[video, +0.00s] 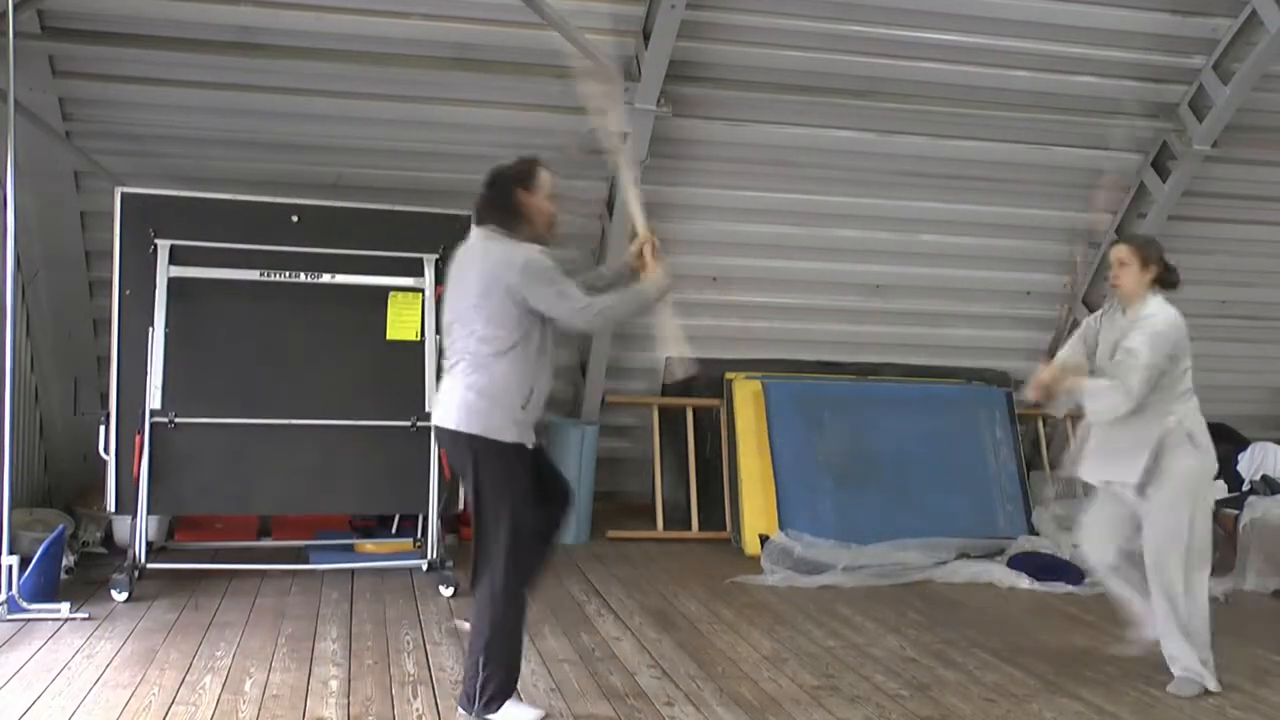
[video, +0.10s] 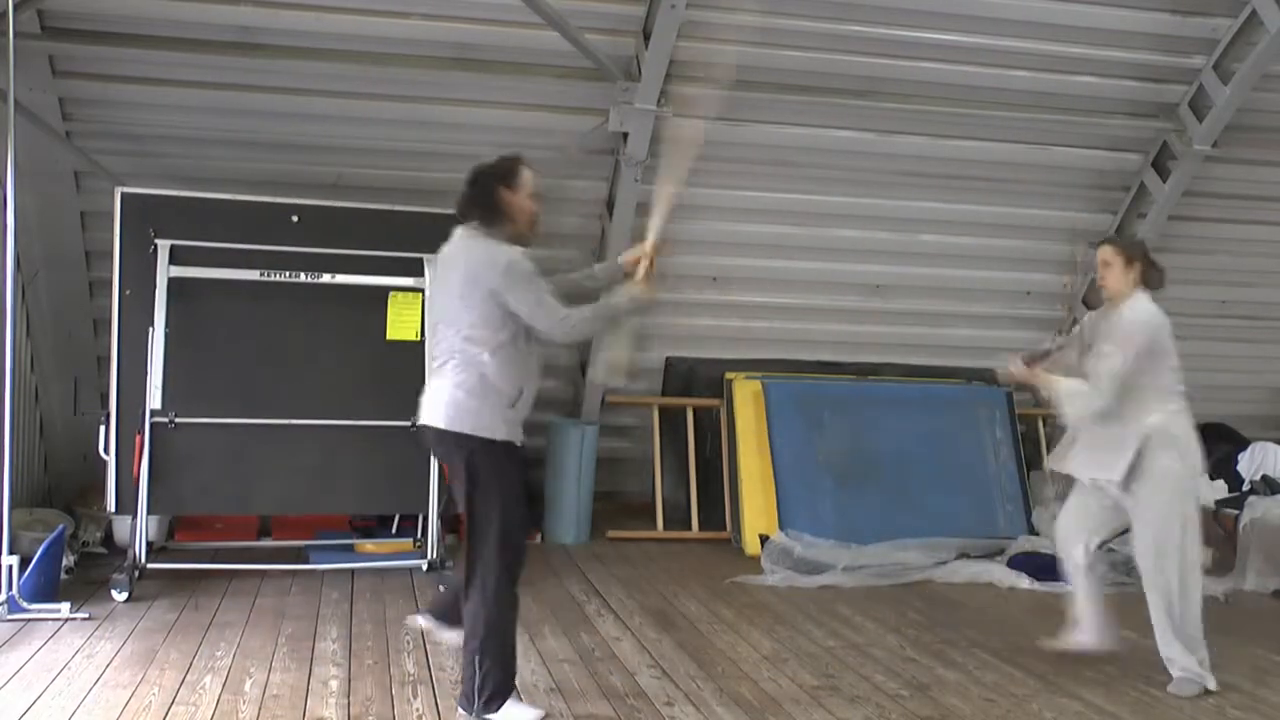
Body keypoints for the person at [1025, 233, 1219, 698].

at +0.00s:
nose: (1113, 275)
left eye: (1123, 266)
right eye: (1111, 267)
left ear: (1150, 272)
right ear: (1111, 274)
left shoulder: (1162, 323)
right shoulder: (1108, 316)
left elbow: (1126, 394)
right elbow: (1074, 354)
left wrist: (1064, 386)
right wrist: (1047, 378)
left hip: (1176, 459)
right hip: (1128, 458)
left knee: (1170, 564)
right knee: (1098, 548)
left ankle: (1195, 670)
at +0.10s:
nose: (1100, 276)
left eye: (1108, 267)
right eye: (1098, 268)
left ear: (1134, 270)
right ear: (1102, 274)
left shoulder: (1141, 316)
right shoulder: (1109, 318)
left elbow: (1100, 395)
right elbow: (1071, 358)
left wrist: (1041, 379)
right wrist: (1033, 368)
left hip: (1162, 455)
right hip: (1119, 453)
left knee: (1165, 559)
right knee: (1072, 529)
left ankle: (1191, 670)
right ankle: (1090, 629)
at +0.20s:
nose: (1082, 276)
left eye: (1089, 267)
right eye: (1081, 268)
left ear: (1115, 269)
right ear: (1100, 271)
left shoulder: (1120, 313)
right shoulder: (1106, 311)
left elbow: (1059, 362)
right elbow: (1064, 372)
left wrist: (1019, 325)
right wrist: (1028, 336)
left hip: (1123, 453)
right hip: (1094, 451)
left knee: (1123, 557)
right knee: (1056, 538)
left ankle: (1184, 663)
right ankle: (1050, 637)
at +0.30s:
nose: (1072, 272)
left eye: (1079, 263)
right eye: (1070, 264)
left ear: (1103, 265)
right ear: (1086, 267)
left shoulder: (1110, 308)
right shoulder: (1093, 303)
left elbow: (1028, 332)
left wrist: (1013, 294)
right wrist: (1025, 272)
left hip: (1109, 446)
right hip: (1082, 444)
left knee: (1086, 544)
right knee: (1048, 537)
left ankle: (1150, 649)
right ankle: (1049, 638)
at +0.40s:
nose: (1056, 263)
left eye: (1062, 254)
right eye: (1055, 254)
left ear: (1086, 255)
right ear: (1092, 256)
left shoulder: (1079, 298)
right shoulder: (1105, 293)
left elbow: (1002, 299)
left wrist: (1010, 256)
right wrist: (1049, 228)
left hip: (1085, 433)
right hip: (1078, 430)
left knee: (1068, 539)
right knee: (1050, 534)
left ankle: (1081, 658)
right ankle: (1046, 634)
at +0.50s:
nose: (1041, 260)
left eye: (1048, 253)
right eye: (1042, 252)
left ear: (1073, 255)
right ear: (1080, 257)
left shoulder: (1053, 295)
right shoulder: (1100, 296)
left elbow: (991, 292)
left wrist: (1009, 254)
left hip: (1068, 429)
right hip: (1090, 426)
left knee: (1059, 540)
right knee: (1056, 534)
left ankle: (1077, 658)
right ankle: (1044, 633)